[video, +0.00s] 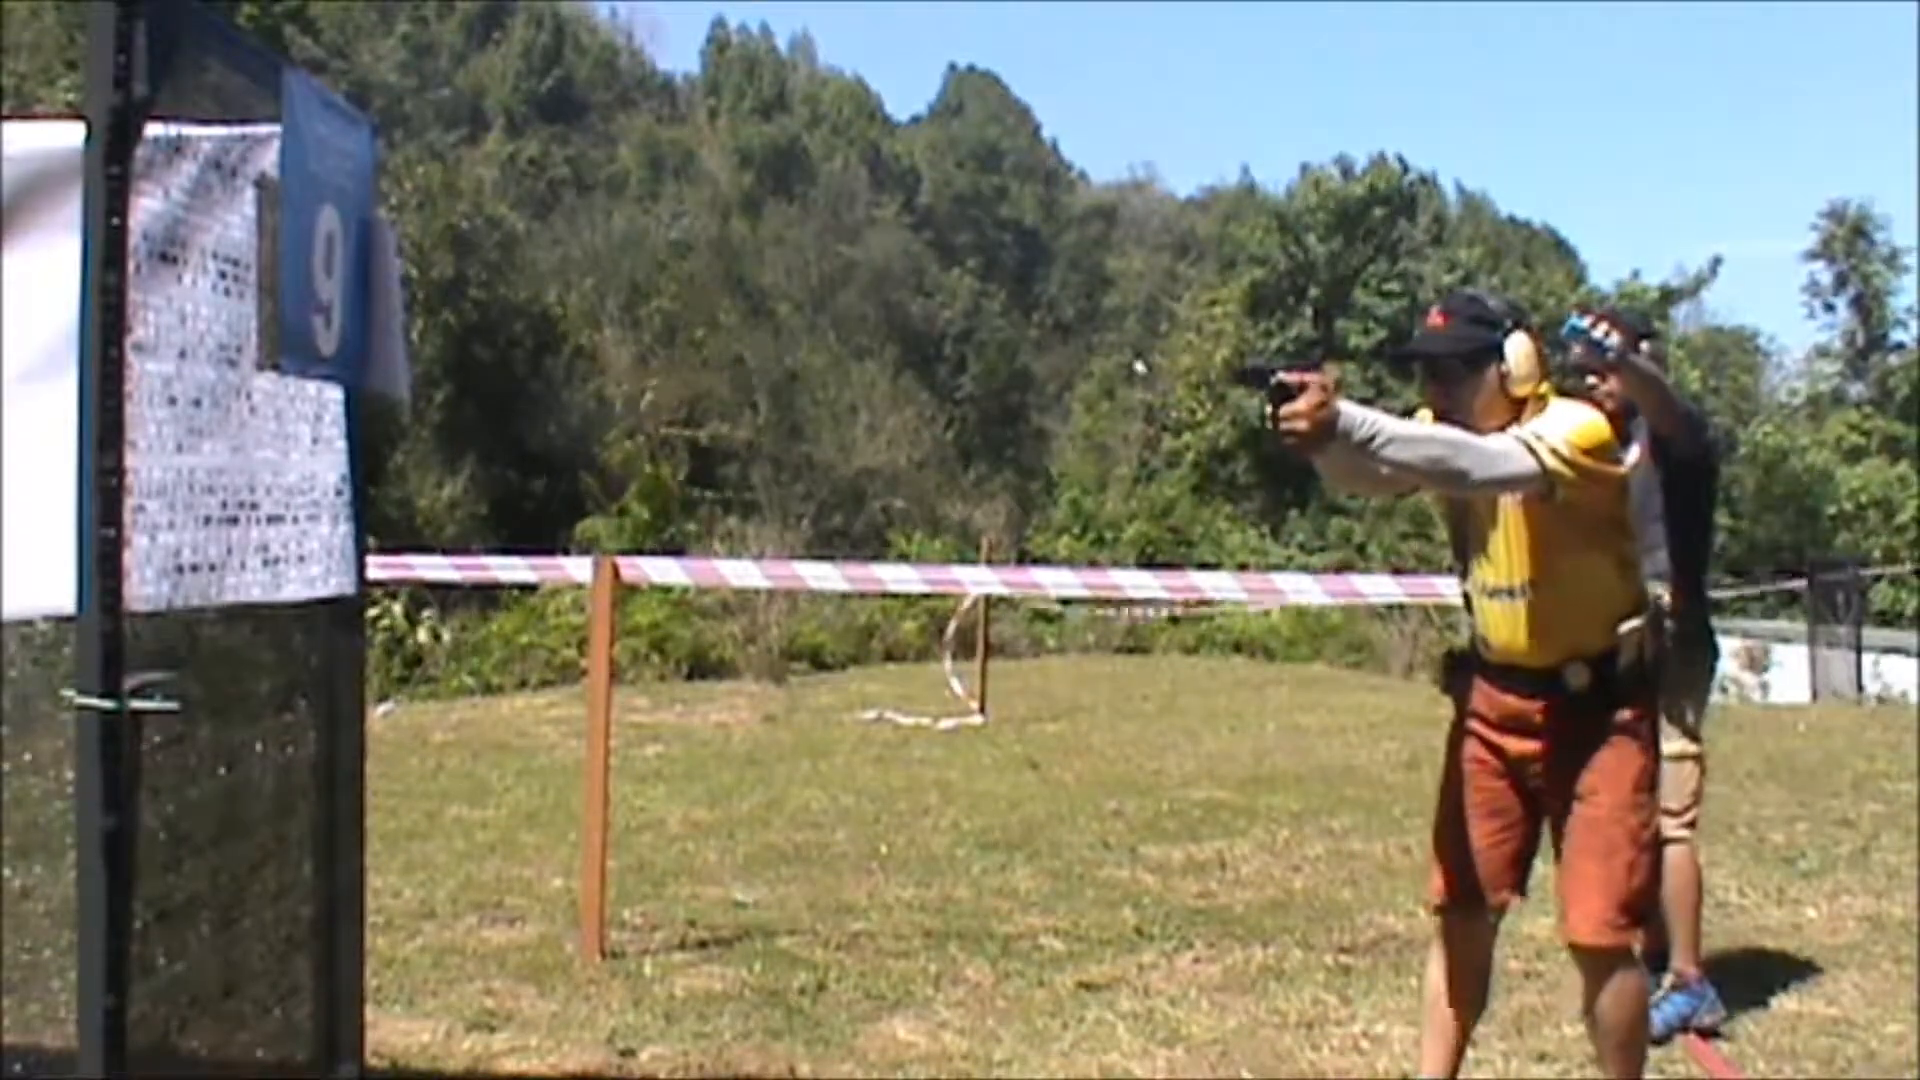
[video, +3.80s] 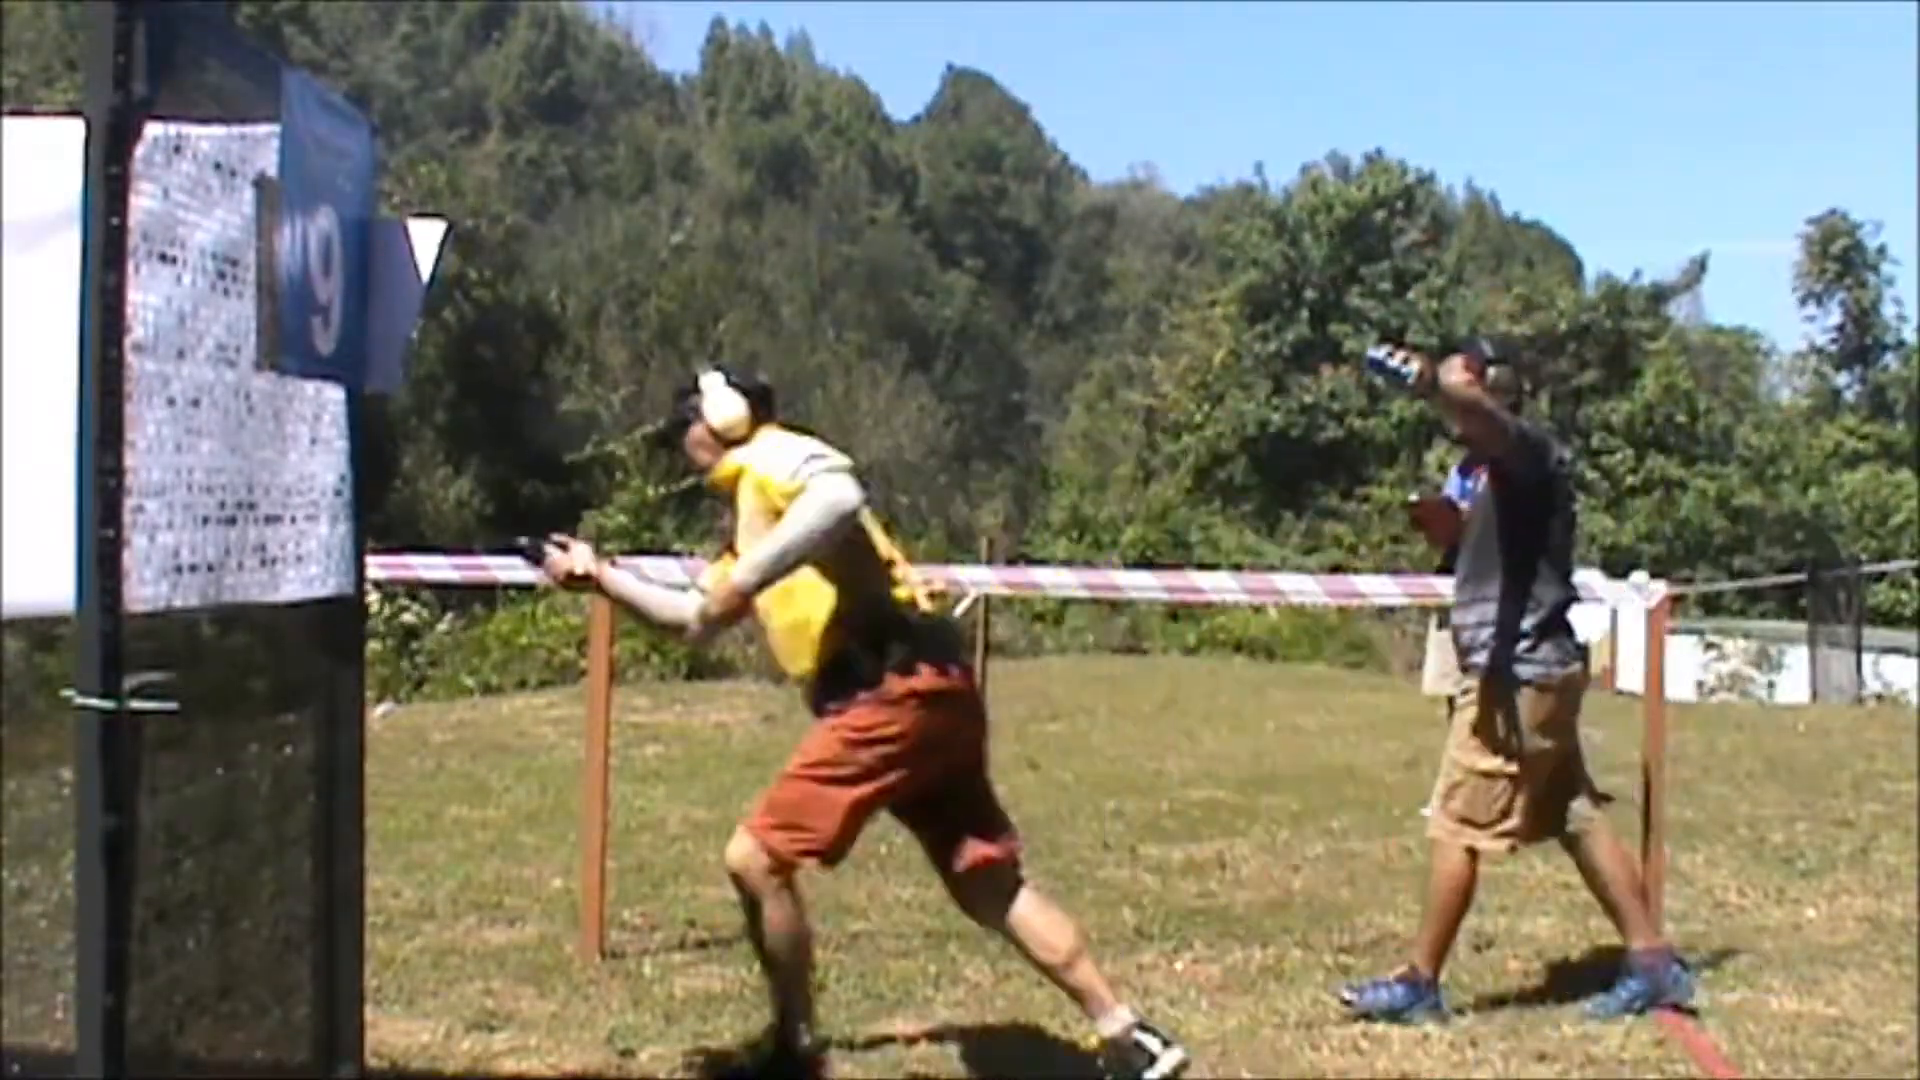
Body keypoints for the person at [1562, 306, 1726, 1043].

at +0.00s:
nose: (1595, 388)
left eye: (1608, 374)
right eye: (1587, 375)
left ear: (1642, 374)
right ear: (1580, 381)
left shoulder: (1682, 444)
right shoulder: (1584, 441)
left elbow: (1671, 419)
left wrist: (1628, 363)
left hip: (1670, 633)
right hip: (1595, 633)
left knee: (1670, 809)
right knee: (1610, 806)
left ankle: (1686, 975)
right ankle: (1632, 966)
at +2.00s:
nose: (1607, 374)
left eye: (1620, 362)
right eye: (1602, 363)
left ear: (1644, 370)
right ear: (1596, 371)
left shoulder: (1671, 438)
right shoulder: (1583, 437)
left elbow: (1619, 379)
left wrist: (1581, 356)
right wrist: (1543, 364)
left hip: (1660, 629)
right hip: (1600, 631)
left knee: (1659, 809)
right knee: (1618, 807)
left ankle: (1678, 970)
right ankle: (1637, 967)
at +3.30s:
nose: (1570, 393)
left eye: (1580, 377)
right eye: (1566, 381)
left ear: (1614, 371)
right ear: (1587, 378)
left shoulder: (1651, 438)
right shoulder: (1613, 450)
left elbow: (1614, 395)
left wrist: (1559, 351)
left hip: (1635, 658)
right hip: (1606, 655)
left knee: (1619, 819)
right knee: (1620, 819)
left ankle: (1674, 972)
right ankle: (1653, 964)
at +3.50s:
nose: (1538, 397)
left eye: (1549, 383)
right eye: (1536, 384)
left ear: (1582, 379)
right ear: (1554, 386)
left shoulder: (1618, 442)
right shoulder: (1603, 452)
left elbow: (1590, 402)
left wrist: (1532, 358)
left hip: (1605, 656)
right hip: (1624, 656)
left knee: (1550, 810)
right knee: (1628, 816)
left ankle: (1596, 969)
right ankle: (1658, 965)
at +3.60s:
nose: (1521, 404)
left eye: (1531, 389)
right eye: (1519, 392)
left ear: (1558, 384)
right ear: (1528, 396)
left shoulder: (1597, 447)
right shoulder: (1578, 459)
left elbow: (1565, 404)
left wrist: (1514, 364)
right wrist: (1495, 529)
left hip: (1585, 655)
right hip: (1608, 655)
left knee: (1530, 810)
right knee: (1617, 810)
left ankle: (1527, 975)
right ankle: (1657, 965)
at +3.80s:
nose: (1456, 385)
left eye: (1467, 376)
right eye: (1455, 376)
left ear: (1500, 386)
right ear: (1471, 393)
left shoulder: (1530, 452)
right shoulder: (1485, 465)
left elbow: (1475, 411)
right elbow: (1474, 556)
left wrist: (1437, 379)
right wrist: (1443, 529)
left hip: (1515, 672)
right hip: (1533, 669)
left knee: (1456, 826)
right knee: (1576, 815)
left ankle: (1420, 979)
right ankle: (1654, 963)